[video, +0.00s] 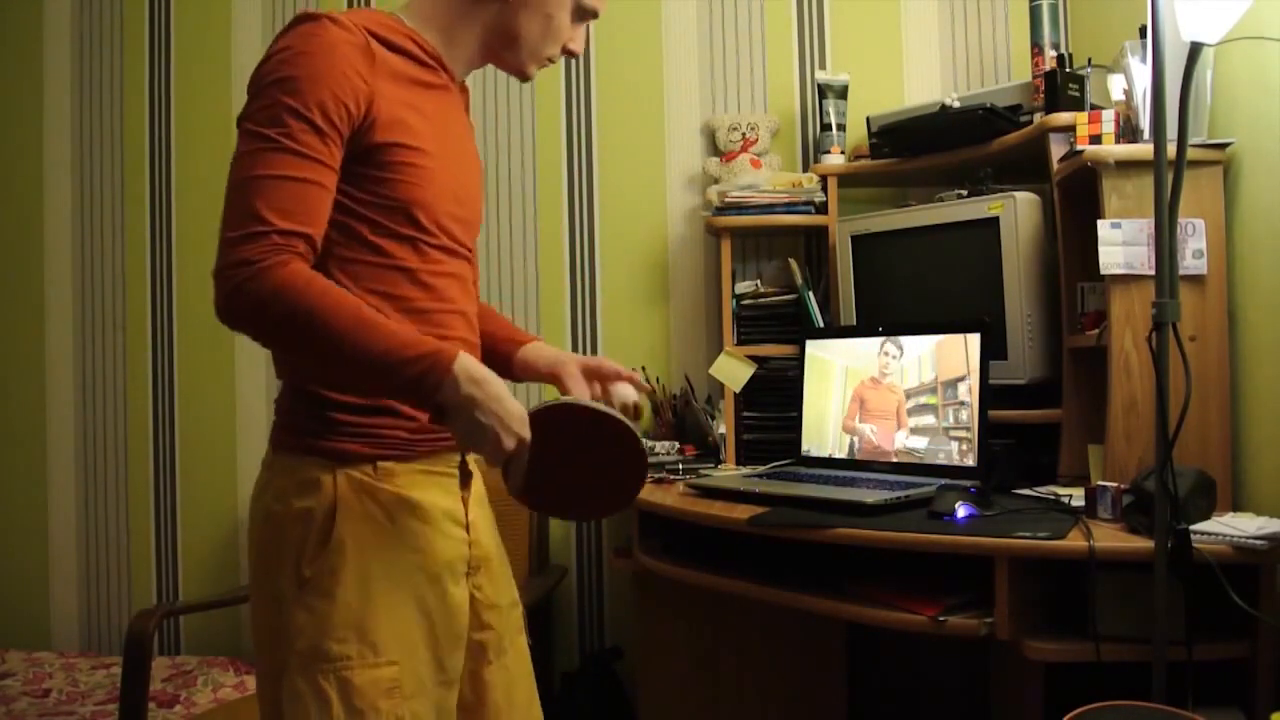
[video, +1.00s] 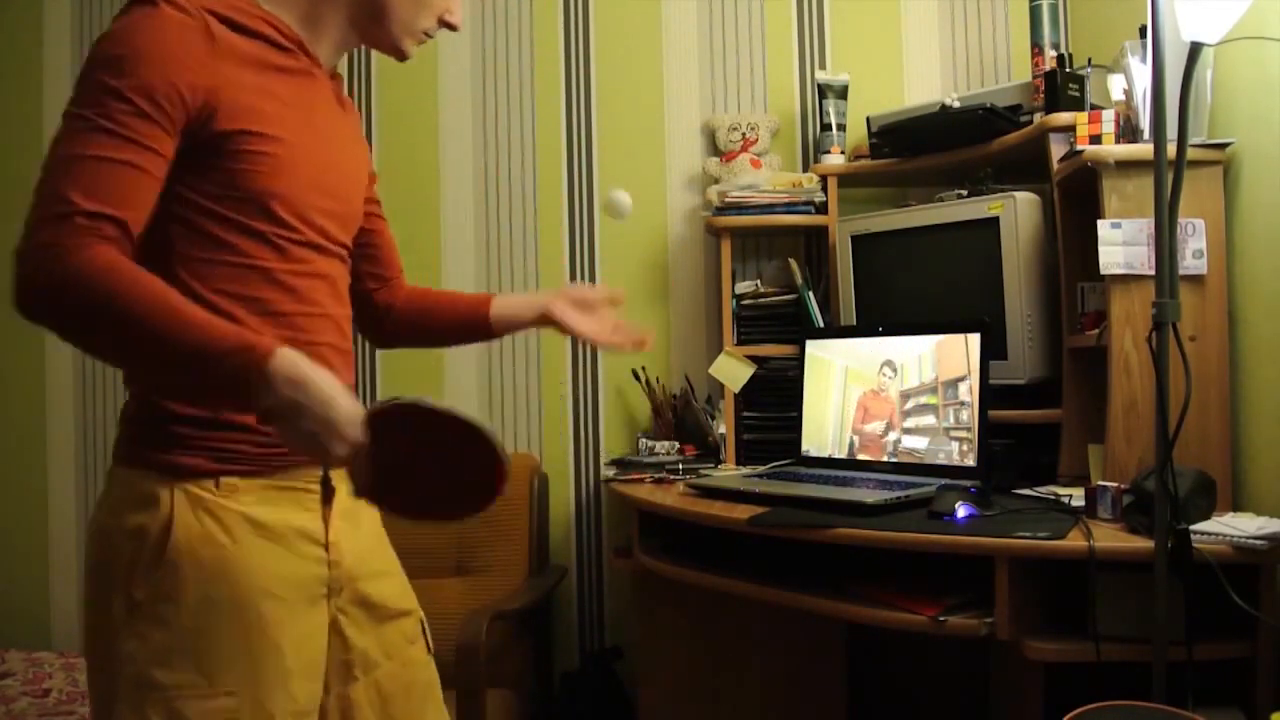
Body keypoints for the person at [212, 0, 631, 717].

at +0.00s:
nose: (578, 47)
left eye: (589, 25)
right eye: (583, 13)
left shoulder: (447, 94)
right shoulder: (331, 50)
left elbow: (426, 294)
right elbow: (252, 274)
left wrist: (547, 360)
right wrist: (445, 375)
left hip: (456, 494)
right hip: (350, 499)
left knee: (503, 710)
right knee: (362, 709)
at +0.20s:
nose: (594, 60)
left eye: (606, 37)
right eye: (599, 27)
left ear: (534, 7)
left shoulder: (470, 111)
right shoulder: (353, 60)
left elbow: (470, 308)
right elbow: (294, 277)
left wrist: (561, 370)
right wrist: (483, 362)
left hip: (448, 495)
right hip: (343, 498)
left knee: (492, 708)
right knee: (360, 707)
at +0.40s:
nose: (586, 67)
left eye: (597, 44)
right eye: (589, 34)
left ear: (528, 9)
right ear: (530, 2)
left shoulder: (462, 112)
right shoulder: (349, 60)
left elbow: (477, 309)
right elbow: (305, 274)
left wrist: (573, 381)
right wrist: (489, 355)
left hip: (437, 491)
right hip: (328, 491)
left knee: (475, 707)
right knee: (347, 707)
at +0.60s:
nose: (552, 61)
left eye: (563, 39)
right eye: (556, 28)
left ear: (496, 7)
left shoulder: (425, 117)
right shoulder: (308, 57)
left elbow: (455, 322)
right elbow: (271, 276)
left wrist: (588, 403)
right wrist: (458, 355)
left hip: (409, 502)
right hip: (293, 505)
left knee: (462, 712)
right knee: (298, 711)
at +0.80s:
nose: (494, 45)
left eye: (506, 23)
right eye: (497, 11)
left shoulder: (374, 119)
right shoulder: (230, 42)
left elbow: (415, 314)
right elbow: (189, 278)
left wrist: (571, 353)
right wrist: (395, 356)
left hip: (363, 513)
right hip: (232, 517)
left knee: (425, 708)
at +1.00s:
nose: (461, 15)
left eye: (466, 4)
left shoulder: (339, 110)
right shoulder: (174, 35)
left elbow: (385, 306)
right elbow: (59, 261)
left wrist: (540, 305)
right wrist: (267, 370)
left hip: (341, 518)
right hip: (203, 524)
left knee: (408, 711)